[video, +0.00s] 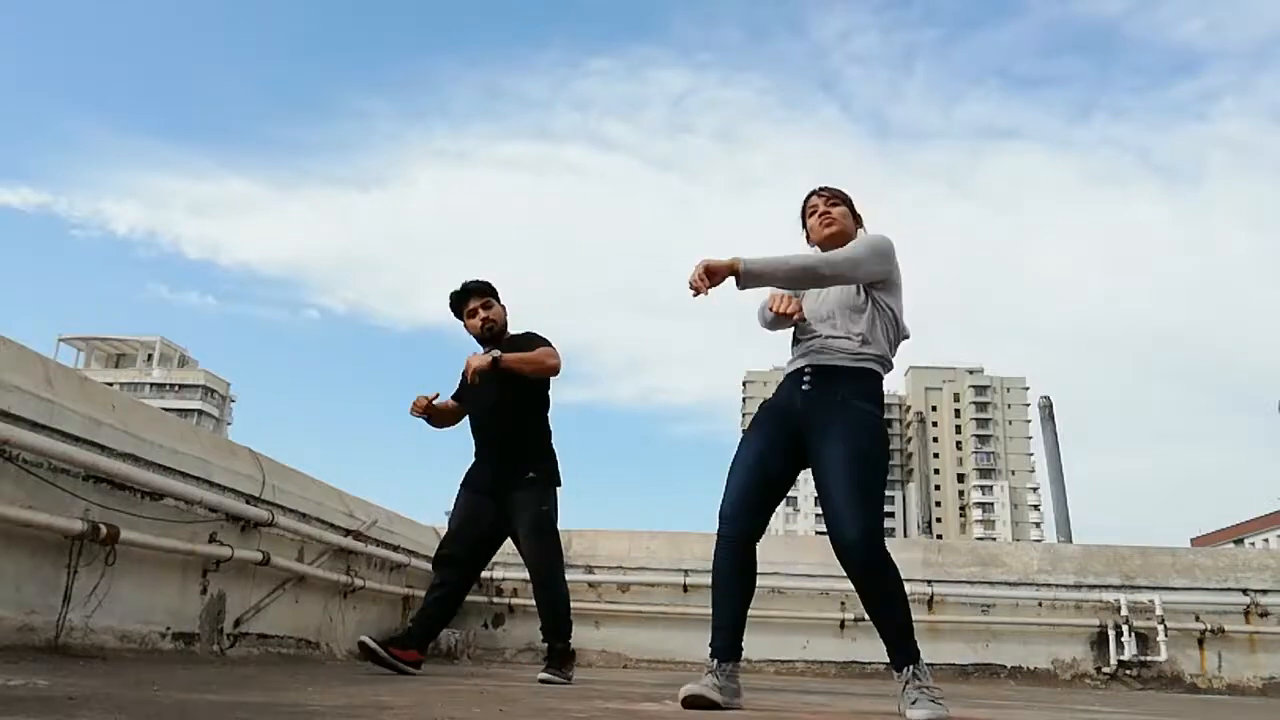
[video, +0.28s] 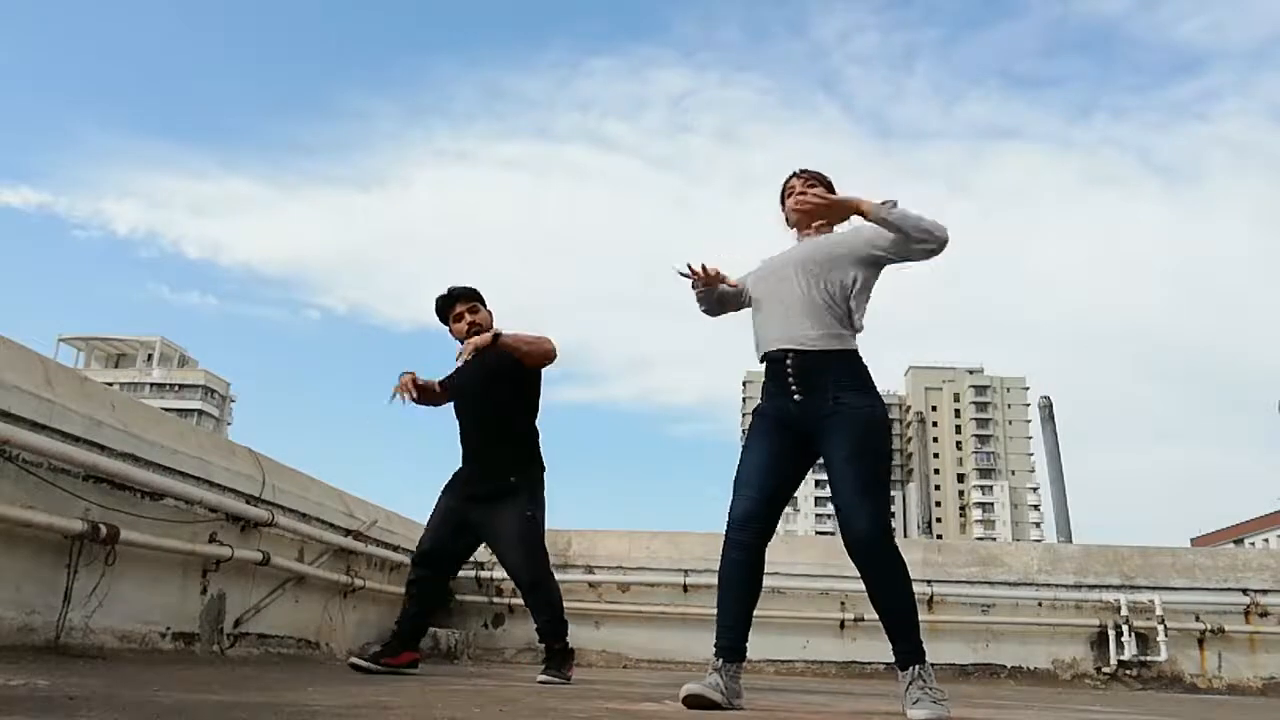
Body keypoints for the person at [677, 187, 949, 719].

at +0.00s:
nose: (823, 212)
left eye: (832, 204)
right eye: (812, 212)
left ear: (857, 218)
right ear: (807, 234)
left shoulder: (878, 250)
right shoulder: (803, 276)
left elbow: (815, 266)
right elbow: (768, 312)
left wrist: (734, 268)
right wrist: (781, 306)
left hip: (849, 395)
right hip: (788, 396)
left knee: (856, 540)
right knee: (735, 524)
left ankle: (913, 679)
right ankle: (722, 672)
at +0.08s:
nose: (816, 206)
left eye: (826, 197)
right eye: (806, 207)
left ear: (852, 208)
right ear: (803, 228)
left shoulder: (875, 240)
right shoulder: (796, 274)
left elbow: (831, 252)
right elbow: (744, 312)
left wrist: (747, 254)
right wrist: (762, 300)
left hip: (844, 388)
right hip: (782, 391)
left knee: (857, 535)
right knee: (742, 526)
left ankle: (913, 677)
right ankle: (724, 672)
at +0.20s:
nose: (803, 194)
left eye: (814, 187)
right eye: (795, 191)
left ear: (840, 202)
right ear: (788, 213)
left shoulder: (862, 239)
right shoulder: (774, 268)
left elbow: (924, 226)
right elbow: (709, 307)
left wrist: (848, 206)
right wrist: (713, 286)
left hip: (843, 386)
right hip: (779, 394)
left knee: (866, 533)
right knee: (749, 526)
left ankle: (916, 675)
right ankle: (725, 673)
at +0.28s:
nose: (802, 190)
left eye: (814, 185)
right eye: (793, 188)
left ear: (835, 205)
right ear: (783, 212)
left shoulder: (857, 243)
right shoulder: (765, 269)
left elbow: (932, 239)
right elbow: (716, 305)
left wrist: (857, 204)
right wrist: (710, 288)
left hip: (843, 389)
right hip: (778, 398)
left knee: (866, 534)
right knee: (744, 526)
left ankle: (916, 676)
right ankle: (725, 673)